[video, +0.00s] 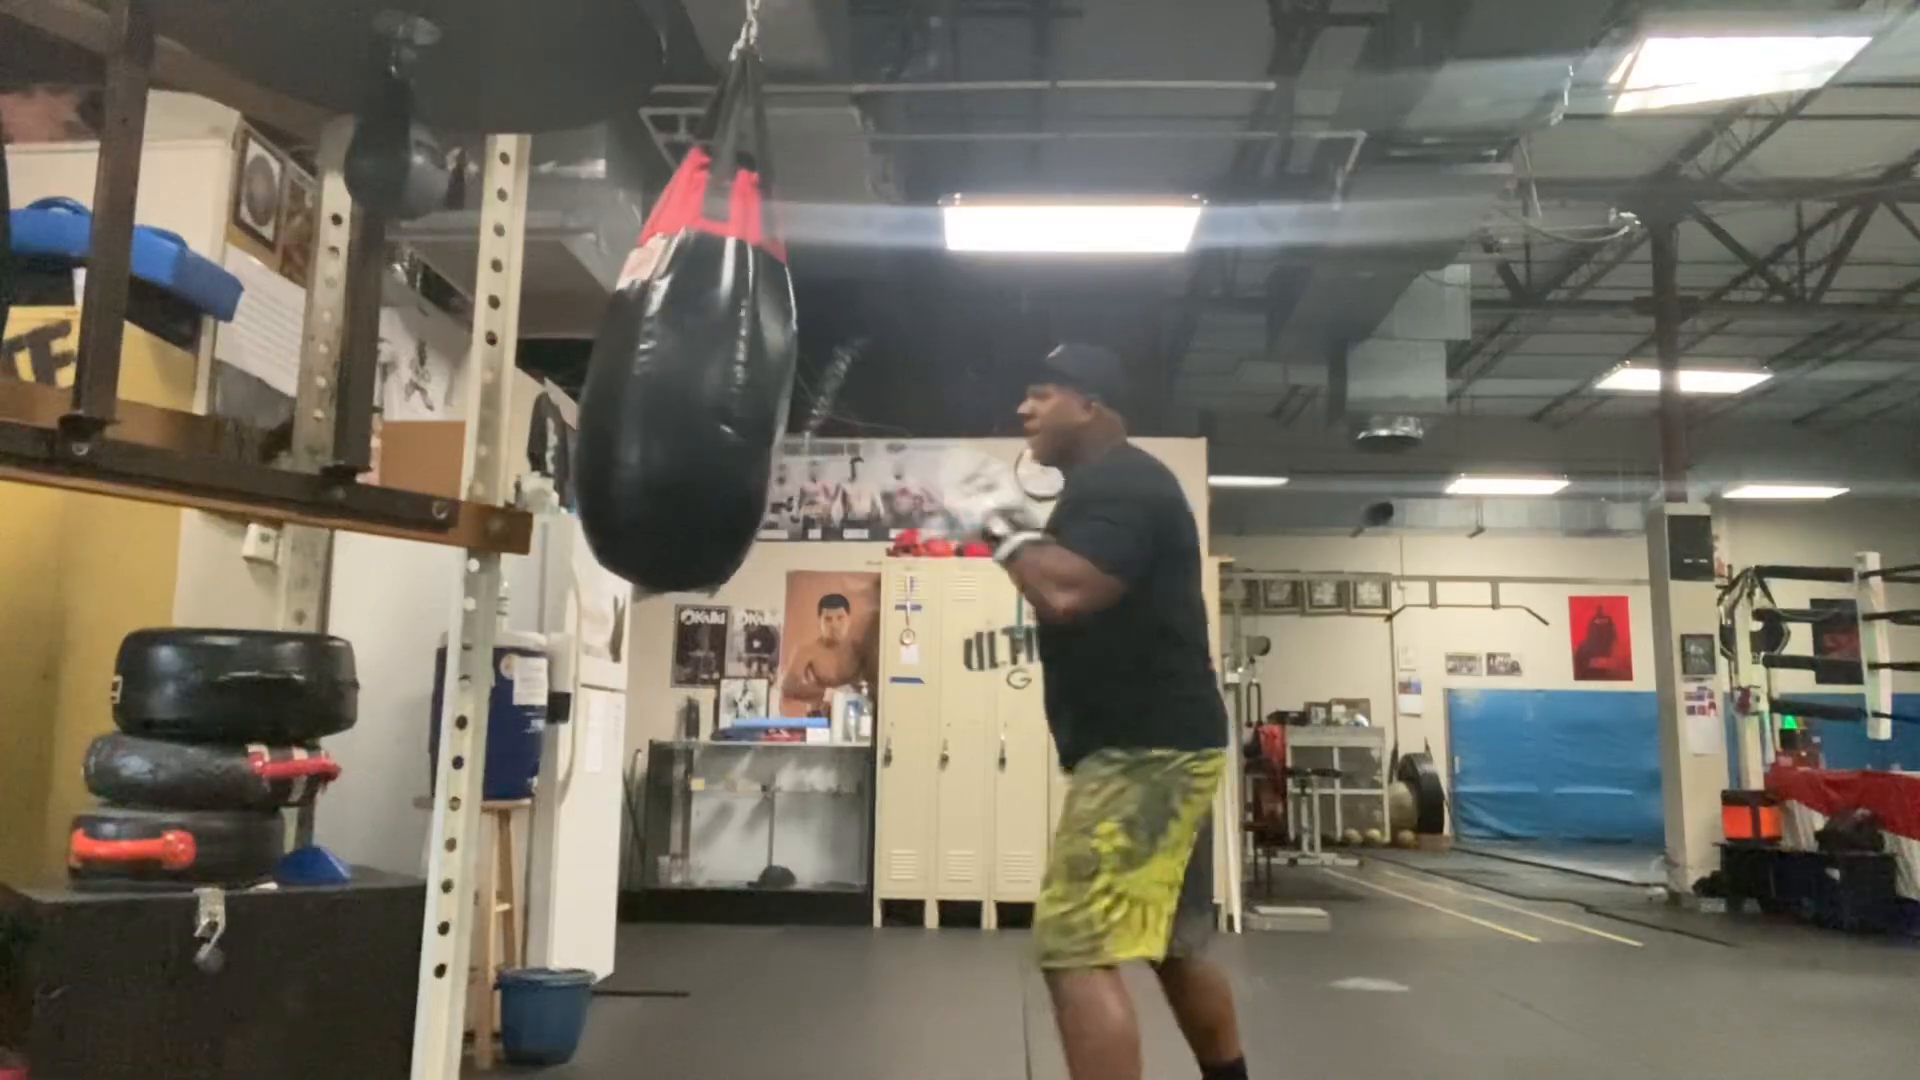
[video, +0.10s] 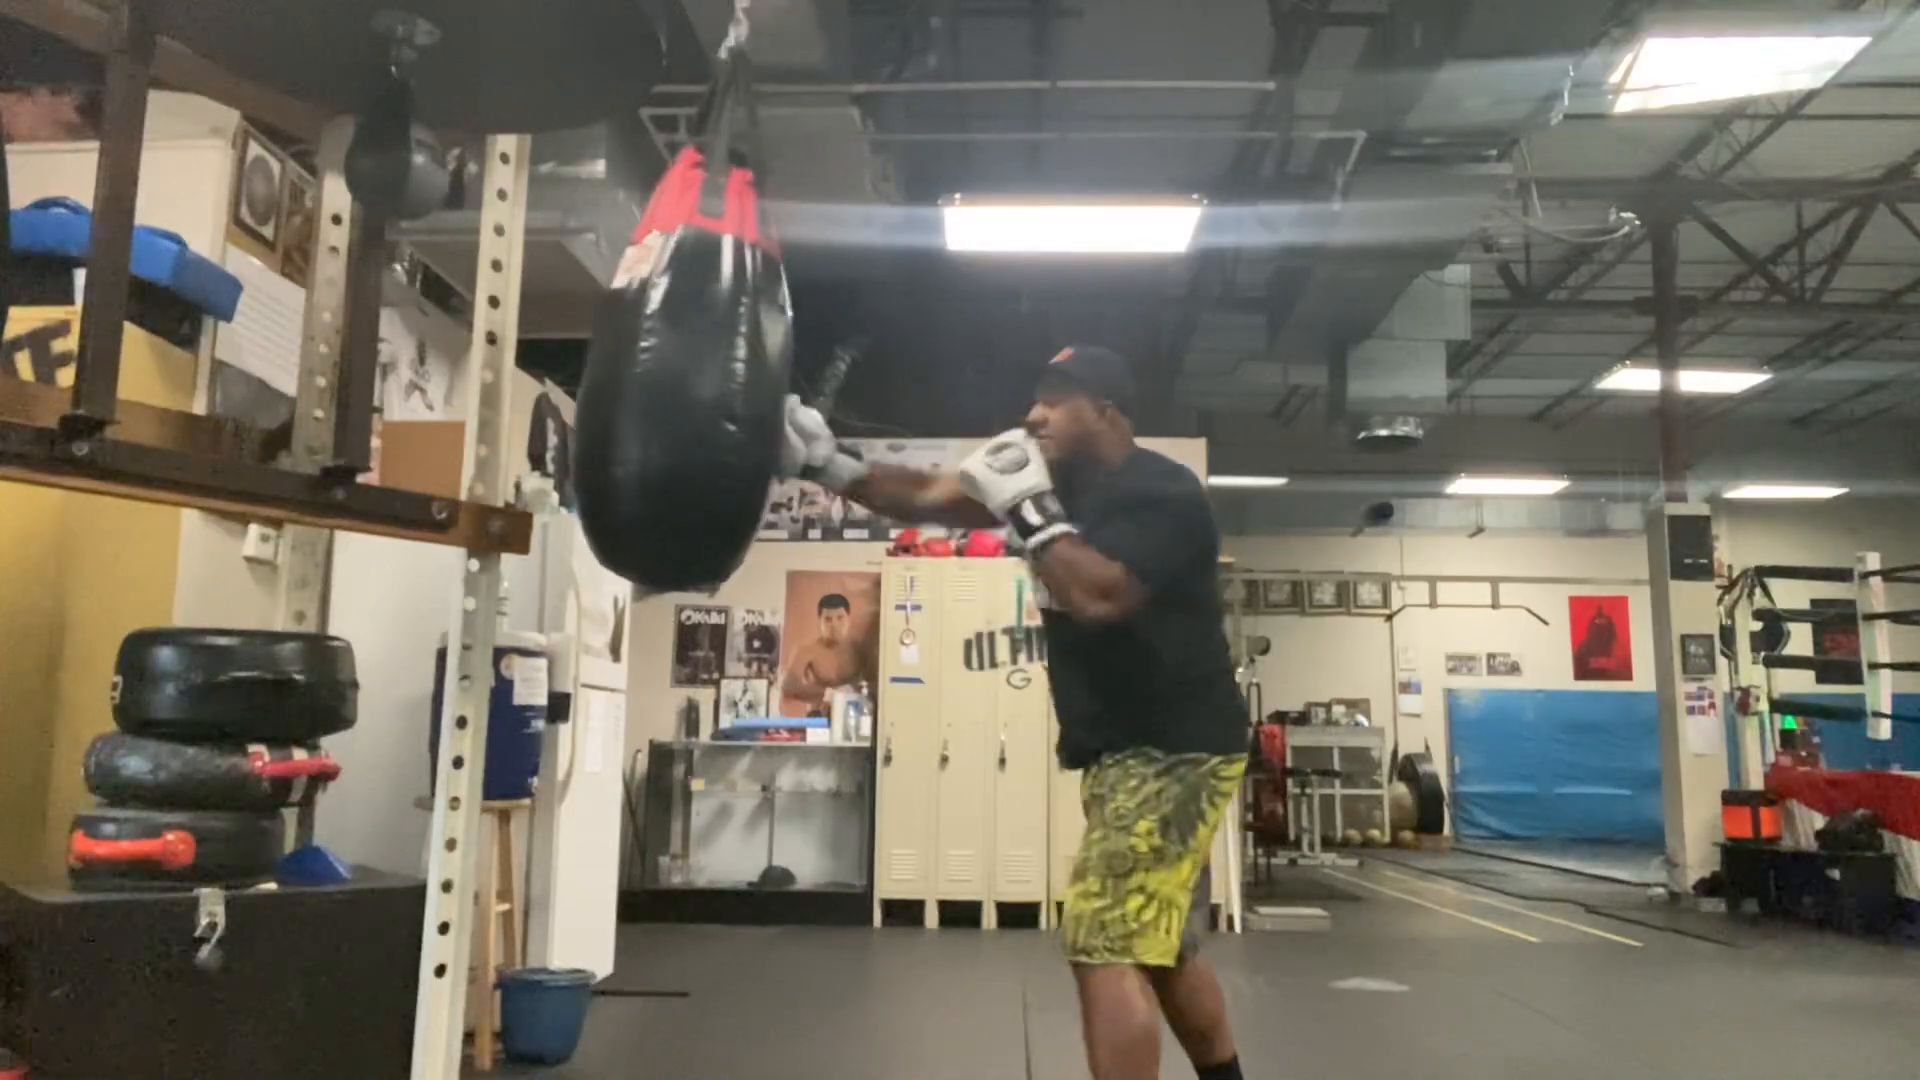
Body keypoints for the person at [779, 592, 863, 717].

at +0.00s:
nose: (834, 625)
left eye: (840, 618)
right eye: (828, 619)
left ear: (848, 619)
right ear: (819, 620)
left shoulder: (857, 652)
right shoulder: (807, 652)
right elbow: (788, 688)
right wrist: (824, 693)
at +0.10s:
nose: (834, 625)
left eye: (840, 618)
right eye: (828, 619)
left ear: (848, 619)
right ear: (819, 620)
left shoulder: (857, 653)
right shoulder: (807, 652)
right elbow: (788, 688)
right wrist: (824, 694)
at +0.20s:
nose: (834, 625)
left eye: (840, 618)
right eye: (828, 619)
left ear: (848, 619)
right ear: (819, 620)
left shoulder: (858, 653)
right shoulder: (807, 652)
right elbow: (789, 688)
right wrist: (824, 694)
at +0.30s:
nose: (834, 625)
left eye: (840, 618)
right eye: (828, 619)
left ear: (848, 619)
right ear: (819, 620)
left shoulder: (857, 652)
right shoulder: (807, 652)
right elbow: (789, 688)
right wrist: (825, 693)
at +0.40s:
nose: (834, 625)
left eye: (839, 618)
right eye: (828, 619)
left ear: (848, 619)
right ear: (819, 620)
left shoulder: (857, 653)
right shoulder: (807, 652)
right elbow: (789, 688)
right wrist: (826, 694)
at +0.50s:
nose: (834, 625)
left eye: (840, 618)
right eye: (828, 619)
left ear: (848, 619)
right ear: (819, 620)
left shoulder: (857, 653)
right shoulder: (807, 652)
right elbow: (789, 688)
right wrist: (825, 694)